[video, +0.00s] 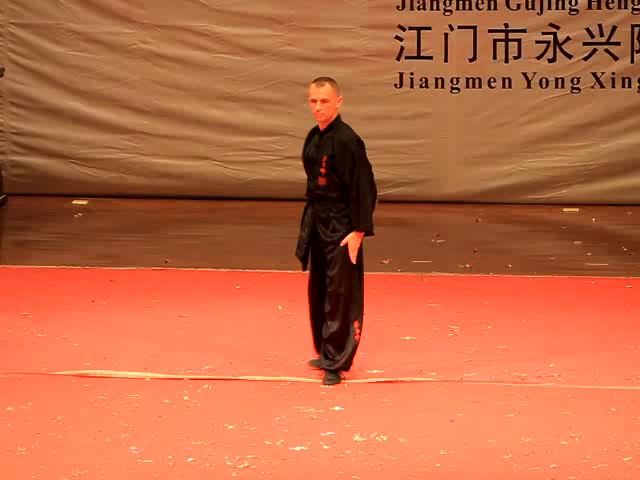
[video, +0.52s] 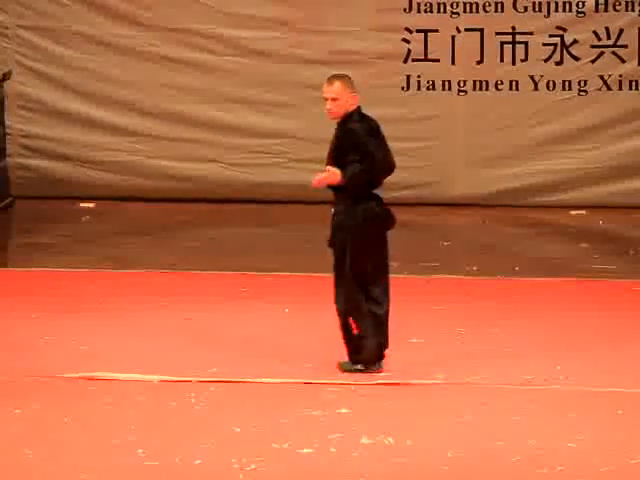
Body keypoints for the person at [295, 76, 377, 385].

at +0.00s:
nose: (318, 107)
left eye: (324, 101)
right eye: (313, 102)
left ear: (338, 102)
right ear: (309, 104)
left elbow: (365, 188)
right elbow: (316, 187)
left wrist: (359, 230)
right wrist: (310, 227)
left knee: (340, 293)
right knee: (320, 290)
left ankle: (338, 362)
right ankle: (326, 352)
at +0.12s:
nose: (322, 107)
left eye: (328, 101)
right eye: (318, 102)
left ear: (344, 102)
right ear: (314, 104)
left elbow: (367, 187)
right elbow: (330, 185)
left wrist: (357, 229)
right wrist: (319, 223)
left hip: (343, 226)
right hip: (326, 221)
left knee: (340, 293)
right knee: (344, 288)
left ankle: (335, 362)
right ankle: (361, 346)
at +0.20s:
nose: (324, 109)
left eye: (330, 102)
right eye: (320, 103)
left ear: (347, 103)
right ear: (318, 104)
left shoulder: (350, 139)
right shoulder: (337, 135)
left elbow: (366, 186)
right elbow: (342, 186)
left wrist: (352, 224)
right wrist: (329, 223)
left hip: (344, 226)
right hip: (336, 223)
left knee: (339, 292)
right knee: (356, 288)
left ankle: (336, 362)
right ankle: (367, 348)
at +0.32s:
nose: (325, 108)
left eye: (331, 102)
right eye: (323, 102)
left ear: (349, 101)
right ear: (325, 103)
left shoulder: (354, 132)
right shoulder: (344, 131)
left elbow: (379, 171)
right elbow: (342, 175)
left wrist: (348, 192)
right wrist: (331, 193)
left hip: (352, 224)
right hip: (357, 221)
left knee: (340, 289)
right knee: (364, 289)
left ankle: (344, 362)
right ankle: (368, 350)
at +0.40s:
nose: (326, 107)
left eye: (331, 100)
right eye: (323, 101)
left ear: (349, 99)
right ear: (327, 102)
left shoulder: (356, 130)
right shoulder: (346, 130)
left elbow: (383, 166)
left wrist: (346, 176)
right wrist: (332, 185)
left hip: (355, 219)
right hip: (360, 217)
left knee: (341, 285)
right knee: (364, 284)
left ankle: (355, 352)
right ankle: (369, 350)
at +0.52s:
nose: (328, 106)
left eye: (334, 100)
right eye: (326, 100)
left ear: (353, 98)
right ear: (328, 100)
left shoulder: (359, 126)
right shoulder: (350, 126)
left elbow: (382, 164)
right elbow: (377, 165)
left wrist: (343, 177)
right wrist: (339, 178)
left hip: (361, 219)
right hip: (357, 217)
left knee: (354, 288)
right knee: (365, 286)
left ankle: (367, 354)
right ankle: (366, 352)